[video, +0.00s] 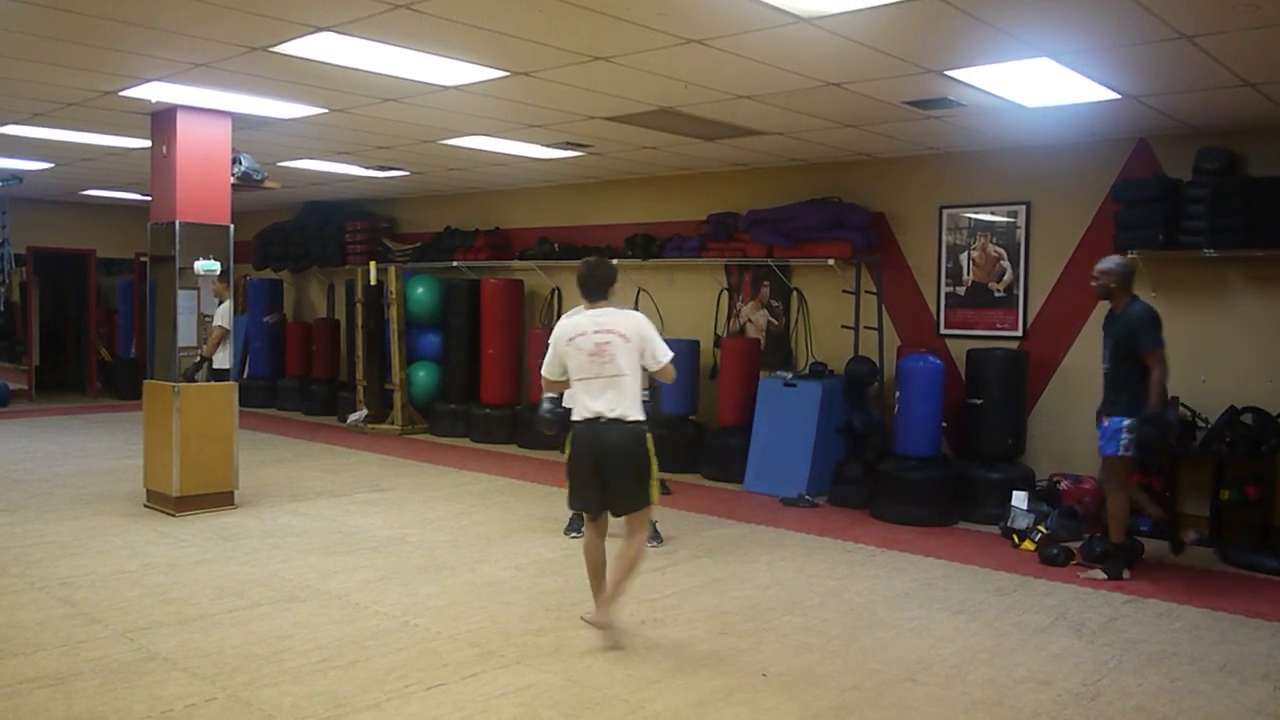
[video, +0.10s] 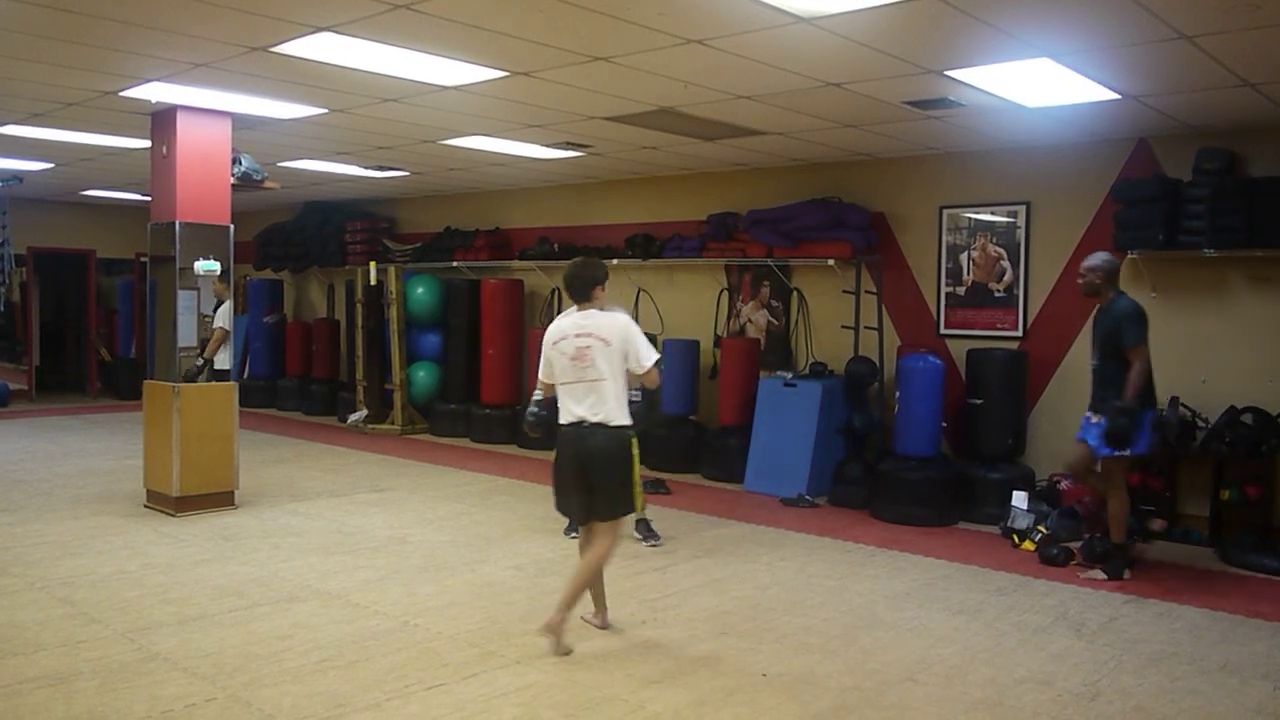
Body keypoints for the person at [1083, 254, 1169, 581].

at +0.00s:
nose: (1092, 283)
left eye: (1098, 279)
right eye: (1093, 278)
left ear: (1119, 282)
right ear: (1110, 283)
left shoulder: (1142, 316)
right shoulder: (1111, 317)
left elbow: (1157, 366)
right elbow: (1113, 369)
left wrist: (1152, 413)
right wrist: (1105, 406)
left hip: (1129, 415)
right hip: (1111, 414)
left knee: (1114, 482)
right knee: (1115, 481)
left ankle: (1117, 556)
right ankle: (1166, 523)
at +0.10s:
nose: (1079, 281)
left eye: (1085, 276)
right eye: (1079, 275)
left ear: (1105, 278)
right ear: (1098, 278)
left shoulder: (1127, 311)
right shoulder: (1104, 311)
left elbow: (1140, 362)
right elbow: (1106, 365)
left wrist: (1125, 411)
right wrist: (1097, 407)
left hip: (1123, 417)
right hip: (1102, 413)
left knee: (1114, 483)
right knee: (1078, 466)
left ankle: (1117, 558)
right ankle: (1124, 511)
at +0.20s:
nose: (1066, 278)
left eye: (1072, 273)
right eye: (1067, 272)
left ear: (1090, 276)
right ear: (1085, 277)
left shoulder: (1111, 308)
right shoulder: (1092, 308)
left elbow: (1123, 357)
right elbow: (1095, 361)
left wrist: (1097, 405)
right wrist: (1082, 401)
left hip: (1116, 408)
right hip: (1089, 403)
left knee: (1112, 480)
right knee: (1051, 455)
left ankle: (1118, 558)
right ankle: (1091, 517)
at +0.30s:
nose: (1053, 279)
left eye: (1058, 274)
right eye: (1054, 273)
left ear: (1076, 277)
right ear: (1072, 277)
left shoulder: (1095, 308)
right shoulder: (1078, 309)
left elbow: (1104, 356)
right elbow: (1080, 360)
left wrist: (1075, 398)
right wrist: (1066, 398)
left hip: (1102, 410)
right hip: (1078, 407)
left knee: (1107, 480)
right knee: (1033, 455)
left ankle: (1117, 556)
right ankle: (1050, 527)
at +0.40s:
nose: (1037, 280)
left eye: (1042, 274)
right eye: (1038, 274)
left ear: (1057, 278)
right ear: (1054, 278)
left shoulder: (1076, 310)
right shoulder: (1059, 311)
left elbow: (1086, 358)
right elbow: (1064, 362)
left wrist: (1054, 398)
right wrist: (1046, 397)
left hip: (1084, 412)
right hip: (1060, 410)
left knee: (1096, 480)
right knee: (1022, 461)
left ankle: (1114, 553)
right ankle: (1009, 536)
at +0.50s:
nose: (1017, 280)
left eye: (1022, 275)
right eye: (1019, 275)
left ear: (1037, 280)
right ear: (1037, 281)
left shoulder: (1056, 312)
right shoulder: (1041, 313)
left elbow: (1067, 359)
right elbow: (1044, 362)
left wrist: (1039, 402)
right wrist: (1030, 396)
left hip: (1063, 411)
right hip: (1039, 410)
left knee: (1076, 483)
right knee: (1012, 465)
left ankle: (1109, 553)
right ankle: (1001, 543)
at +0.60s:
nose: (997, 273)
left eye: (1003, 268)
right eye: (999, 268)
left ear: (1019, 276)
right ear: (1018, 276)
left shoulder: (1035, 309)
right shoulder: (1021, 308)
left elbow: (1045, 357)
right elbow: (1025, 362)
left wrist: (1029, 406)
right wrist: (1011, 401)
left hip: (1039, 409)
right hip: (1018, 406)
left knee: (1035, 476)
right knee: (1000, 466)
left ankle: (1090, 543)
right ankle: (999, 543)